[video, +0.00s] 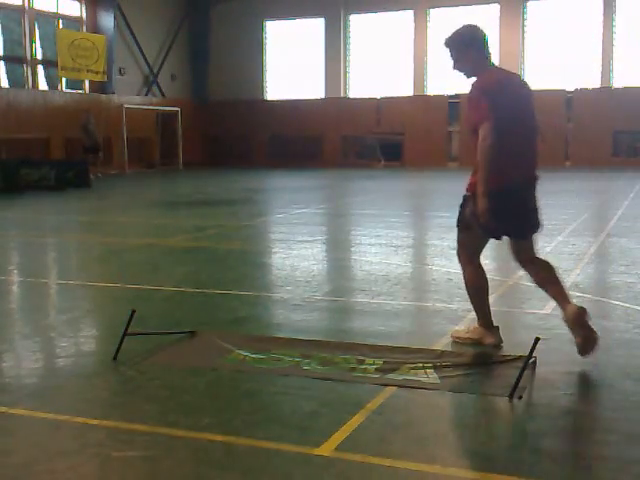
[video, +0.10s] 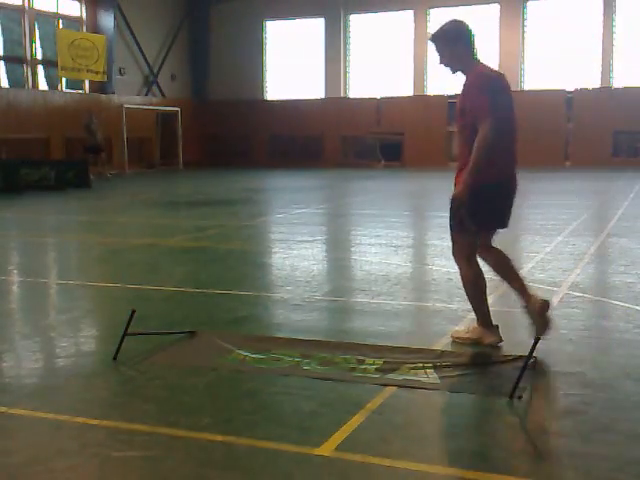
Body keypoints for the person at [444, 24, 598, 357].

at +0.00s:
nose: (453, 65)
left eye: (455, 57)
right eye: (452, 58)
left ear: (472, 52)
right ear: (483, 50)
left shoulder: (480, 89)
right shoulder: (517, 83)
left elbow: (487, 136)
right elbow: (529, 138)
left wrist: (482, 194)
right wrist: (525, 180)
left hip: (486, 191)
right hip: (522, 187)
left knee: (467, 255)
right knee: (526, 256)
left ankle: (485, 327)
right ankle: (568, 309)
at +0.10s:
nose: (439, 59)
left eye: (442, 52)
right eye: (438, 53)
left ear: (461, 47)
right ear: (463, 49)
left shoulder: (479, 82)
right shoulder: (490, 79)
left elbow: (486, 133)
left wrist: (465, 182)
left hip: (476, 181)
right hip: (499, 180)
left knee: (464, 254)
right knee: (483, 245)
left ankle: (485, 328)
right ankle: (531, 301)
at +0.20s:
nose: (428, 56)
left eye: (431, 48)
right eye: (427, 49)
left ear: (451, 44)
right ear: (447, 46)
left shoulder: (470, 79)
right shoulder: (461, 78)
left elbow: (488, 130)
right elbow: (474, 130)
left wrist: (455, 172)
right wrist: (454, 169)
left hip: (473, 176)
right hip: (464, 175)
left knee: (464, 250)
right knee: (448, 238)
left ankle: (485, 326)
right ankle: (485, 310)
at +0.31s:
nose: (418, 59)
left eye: (424, 52)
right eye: (417, 52)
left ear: (442, 49)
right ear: (421, 52)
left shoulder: (463, 83)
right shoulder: (441, 85)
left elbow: (489, 129)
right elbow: (448, 132)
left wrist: (454, 168)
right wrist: (434, 161)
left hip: (464, 177)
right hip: (442, 174)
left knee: (458, 252)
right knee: (429, 239)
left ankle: (486, 324)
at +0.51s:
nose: (407, 69)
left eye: (412, 63)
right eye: (403, 63)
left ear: (426, 61)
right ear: (399, 65)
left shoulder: (449, 96)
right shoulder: (401, 101)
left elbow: (478, 134)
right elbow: (395, 136)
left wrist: (455, 172)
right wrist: (394, 165)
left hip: (442, 187)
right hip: (409, 185)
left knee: (443, 250)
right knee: (393, 243)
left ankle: (478, 318)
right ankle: (410, 304)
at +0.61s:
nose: (405, 58)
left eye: (411, 51)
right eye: (401, 53)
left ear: (424, 50)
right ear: (397, 53)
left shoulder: (447, 84)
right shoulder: (395, 87)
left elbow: (475, 116)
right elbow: (390, 123)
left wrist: (452, 153)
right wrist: (393, 153)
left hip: (437, 176)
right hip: (404, 175)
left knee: (445, 240)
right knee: (394, 236)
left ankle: (462, 308)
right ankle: (407, 299)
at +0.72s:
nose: (405, 49)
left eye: (411, 43)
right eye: (401, 44)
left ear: (423, 43)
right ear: (397, 45)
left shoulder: (445, 75)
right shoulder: (394, 79)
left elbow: (475, 106)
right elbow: (386, 114)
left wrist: (452, 140)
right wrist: (388, 146)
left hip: (434, 166)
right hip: (399, 166)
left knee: (439, 234)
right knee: (391, 232)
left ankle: (449, 299)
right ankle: (398, 293)